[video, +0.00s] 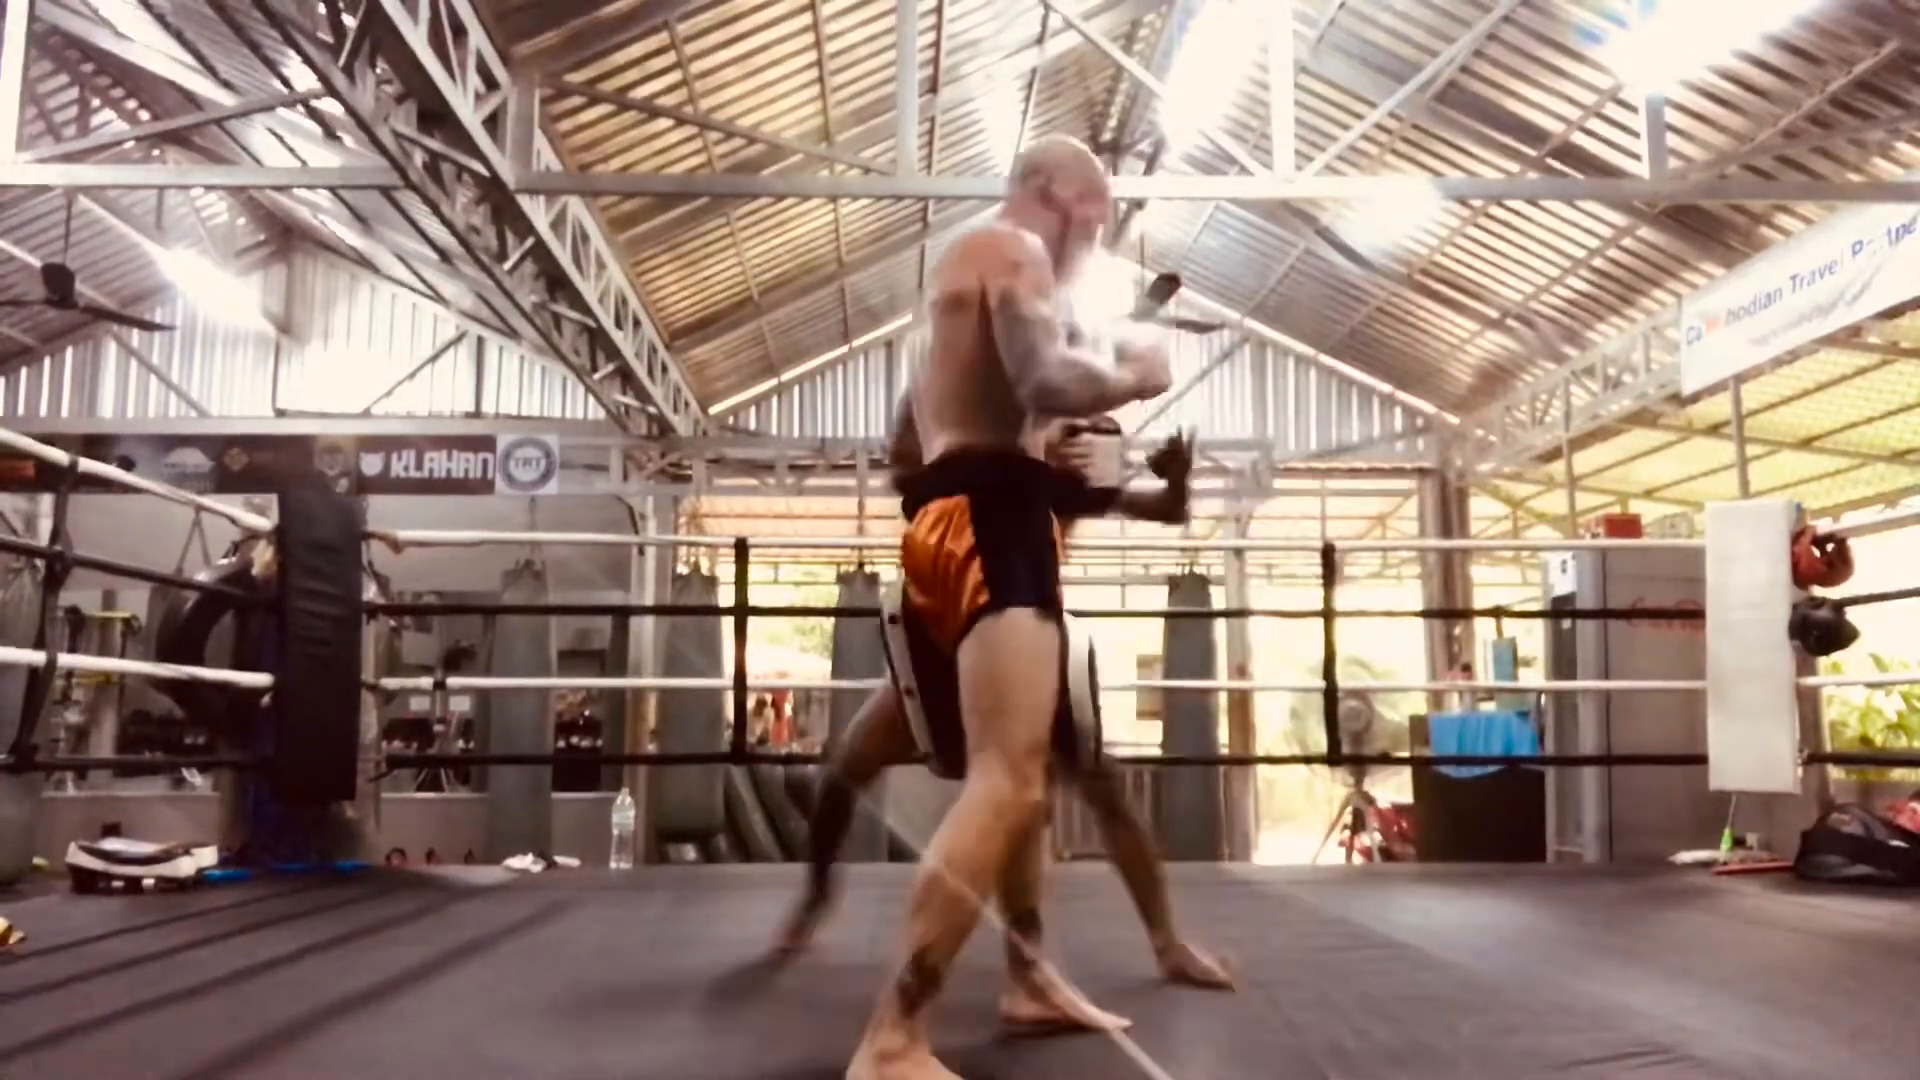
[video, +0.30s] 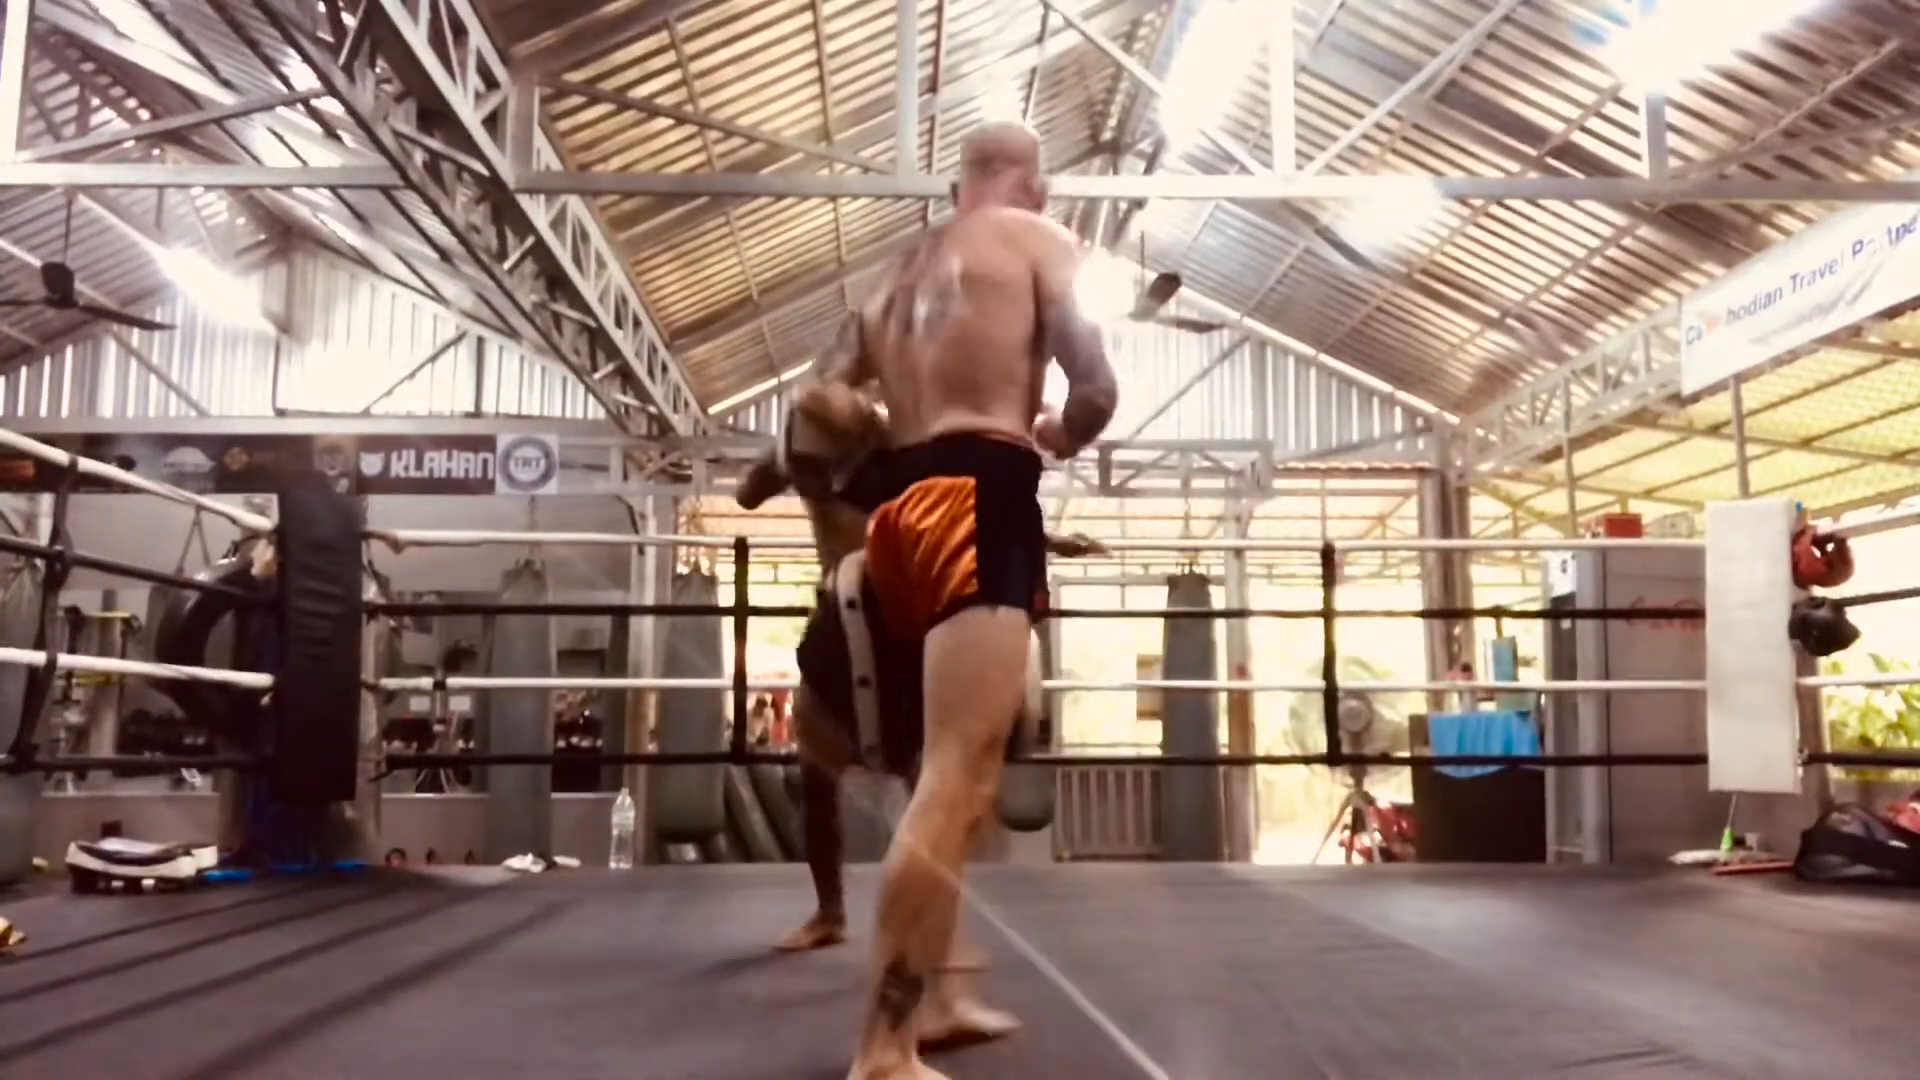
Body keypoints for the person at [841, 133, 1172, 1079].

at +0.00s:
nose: (1102, 233)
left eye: (1106, 218)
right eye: (1100, 213)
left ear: (1034, 190)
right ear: (1056, 193)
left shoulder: (969, 262)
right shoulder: (1011, 248)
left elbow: (922, 442)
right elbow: (1044, 380)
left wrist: (1053, 457)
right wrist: (1136, 373)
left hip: (947, 512)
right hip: (989, 504)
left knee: (1020, 771)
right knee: (1006, 776)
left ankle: (1031, 977)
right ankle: (890, 1039)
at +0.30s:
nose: (1045, 195)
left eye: (1040, 179)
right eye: (1042, 179)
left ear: (963, 176)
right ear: (1025, 174)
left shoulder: (898, 271)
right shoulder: (1034, 236)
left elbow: (846, 388)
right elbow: (1096, 385)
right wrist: (1069, 434)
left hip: (895, 500)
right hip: (978, 492)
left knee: (947, 770)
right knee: (954, 777)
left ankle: (943, 990)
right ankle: (884, 1045)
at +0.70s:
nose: (950, 208)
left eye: (919, 194)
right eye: (962, 189)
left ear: (897, 200)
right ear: (973, 195)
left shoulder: (853, 288)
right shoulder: (1033, 282)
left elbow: (806, 409)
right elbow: (1031, 403)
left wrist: (820, 439)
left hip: (893, 515)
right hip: (995, 511)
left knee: (898, 783)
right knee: (1041, 760)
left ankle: (877, 1019)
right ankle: (951, 976)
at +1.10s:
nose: (919, 228)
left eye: (924, 213)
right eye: (923, 213)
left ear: (950, 214)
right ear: (998, 220)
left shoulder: (944, 288)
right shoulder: (1052, 314)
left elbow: (941, 409)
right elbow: (1040, 437)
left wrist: (868, 464)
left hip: (958, 533)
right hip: (1040, 534)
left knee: (907, 795)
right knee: (1039, 778)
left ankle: (891, 1012)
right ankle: (1100, 979)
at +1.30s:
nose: (931, 264)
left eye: (937, 248)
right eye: (930, 251)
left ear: (975, 241)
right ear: (990, 240)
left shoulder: (1018, 299)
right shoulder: (1016, 321)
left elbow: (1057, 385)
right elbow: (958, 449)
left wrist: (989, 485)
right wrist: (916, 362)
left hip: (1013, 562)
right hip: (1045, 564)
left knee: (961, 778)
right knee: (1062, 776)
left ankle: (936, 997)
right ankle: (1103, 982)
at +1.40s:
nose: (934, 277)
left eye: (939, 259)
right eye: (931, 263)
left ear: (982, 250)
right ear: (981, 254)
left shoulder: (1040, 305)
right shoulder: (1013, 350)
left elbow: (1113, 393)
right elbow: (929, 439)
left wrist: (1082, 512)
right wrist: (848, 372)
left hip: (1053, 524)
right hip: (1043, 527)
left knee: (1002, 757)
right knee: (1070, 771)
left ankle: (984, 998)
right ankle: (1103, 984)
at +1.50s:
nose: (948, 268)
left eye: (955, 250)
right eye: (944, 254)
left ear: (1004, 240)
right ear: (997, 245)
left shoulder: (1059, 297)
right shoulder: (1007, 351)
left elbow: (1139, 381)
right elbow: (916, 419)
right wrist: (823, 367)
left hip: (1078, 516)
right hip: (1058, 526)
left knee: (1038, 749)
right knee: (1081, 769)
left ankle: (1073, 994)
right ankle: (1104, 989)